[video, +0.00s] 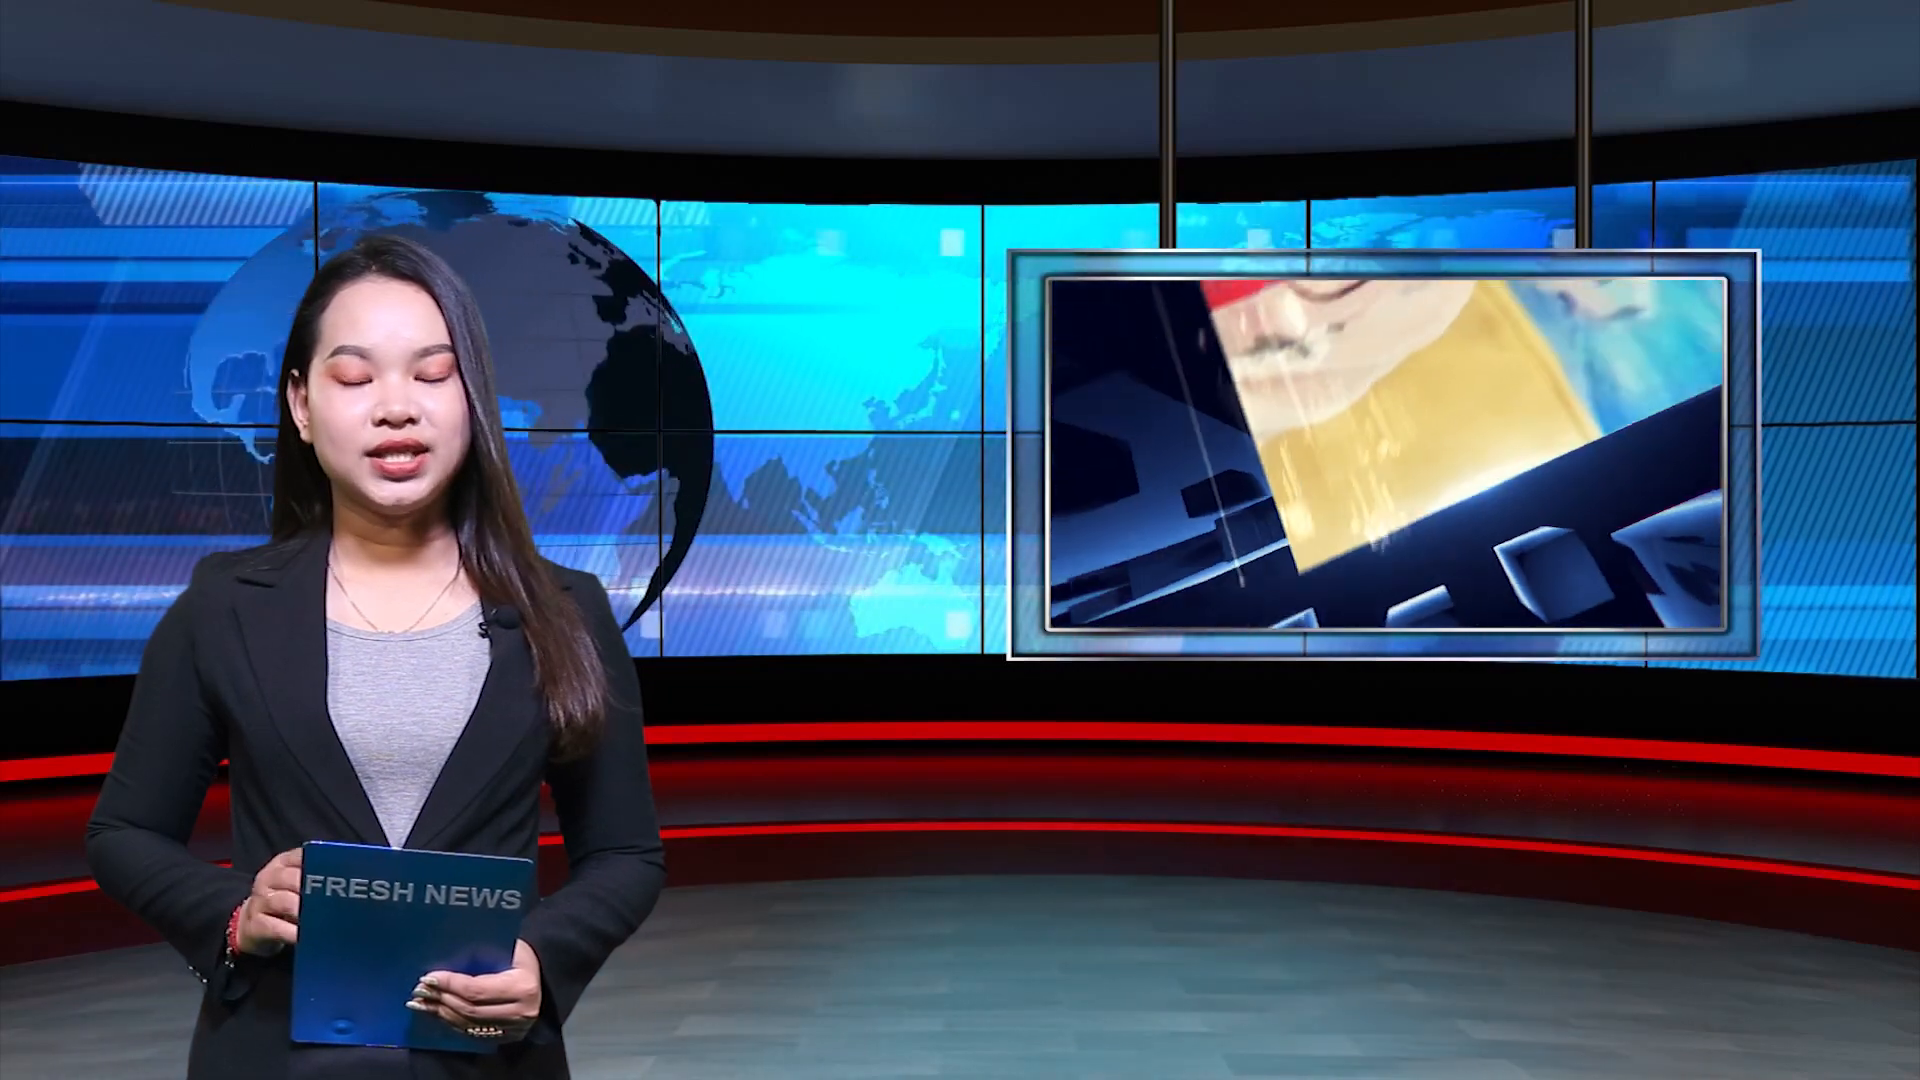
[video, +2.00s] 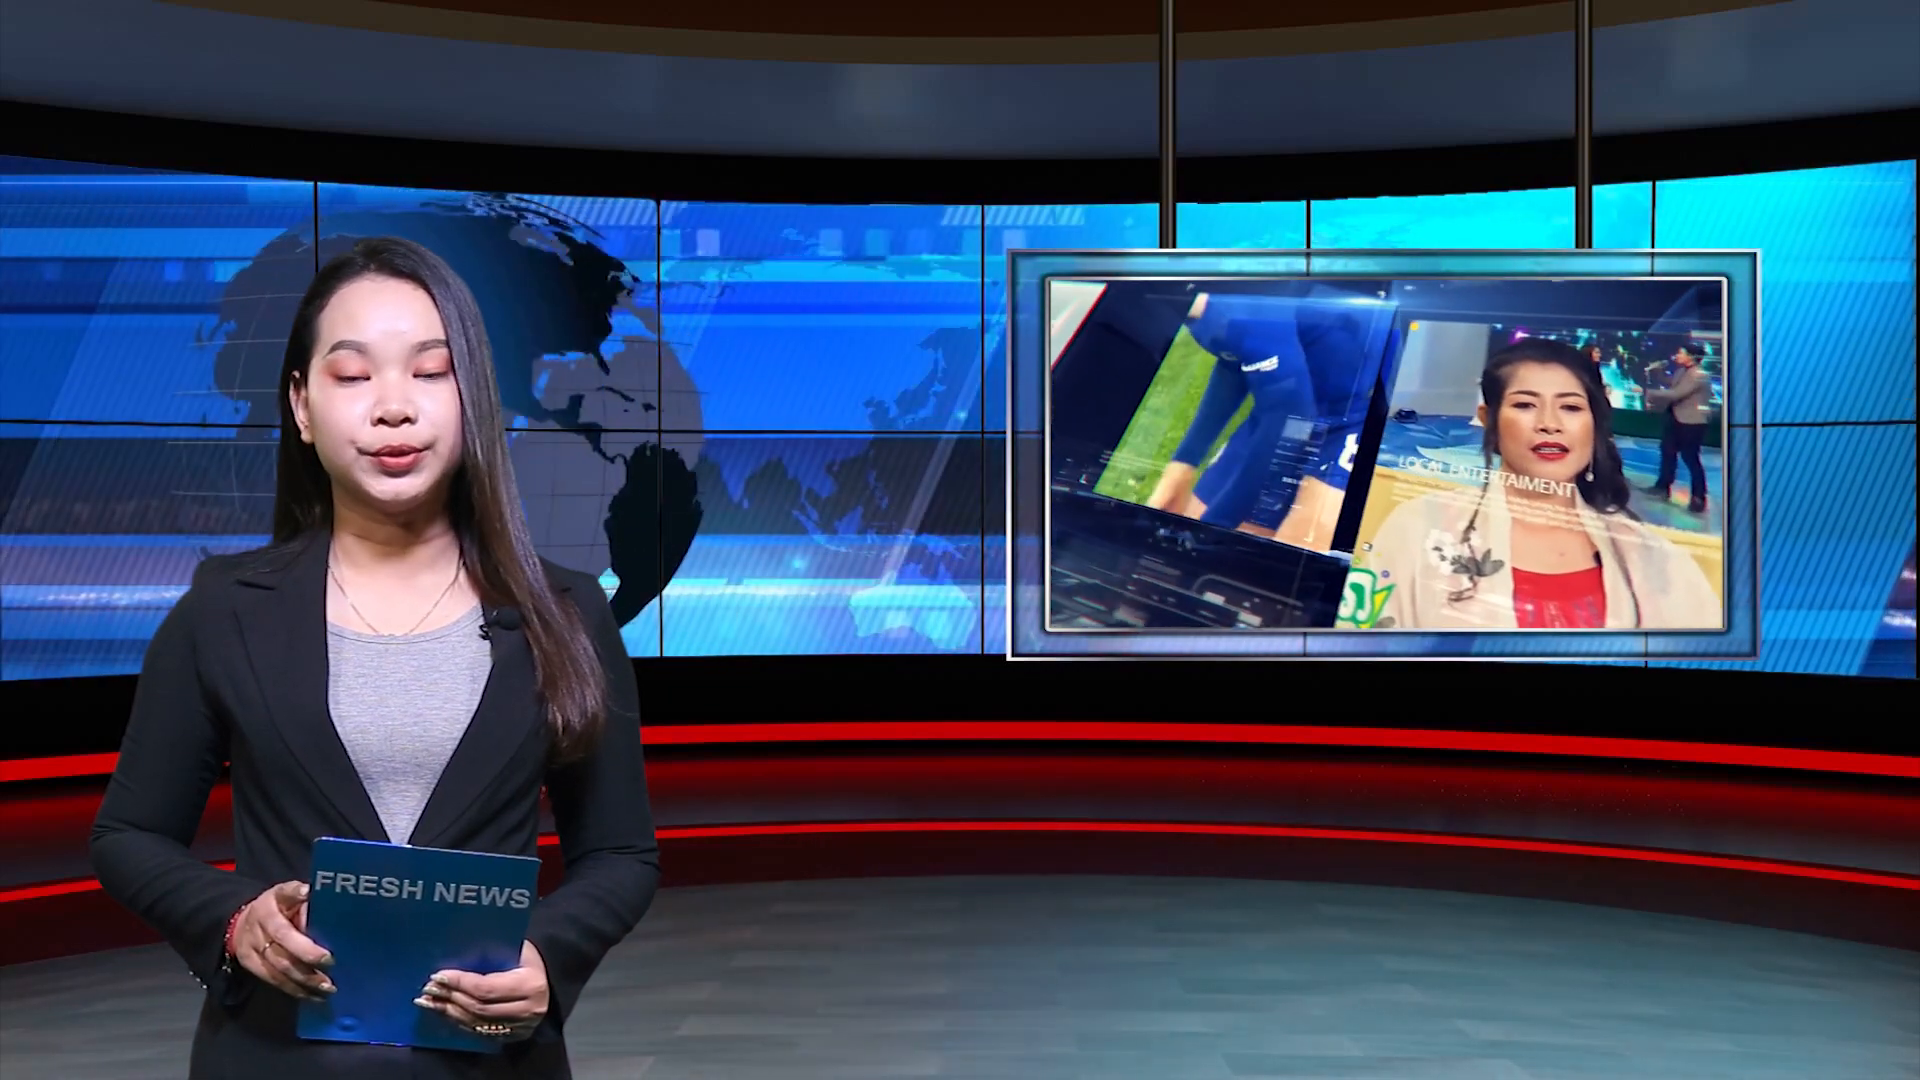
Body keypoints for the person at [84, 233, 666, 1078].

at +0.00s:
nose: (396, 407)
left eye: (430, 371)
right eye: (354, 375)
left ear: (472, 398)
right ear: (301, 406)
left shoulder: (563, 612)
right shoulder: (224, 609)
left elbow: (625, 856)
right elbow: (124, 833)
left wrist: (540, 962)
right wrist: (232, 907)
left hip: (490, 1048)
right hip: (274, 1052)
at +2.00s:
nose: (394, 406)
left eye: (429, 370)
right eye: (352, 373)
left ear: (471, 398)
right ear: (302, 406)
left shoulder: (561, 615)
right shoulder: (227, 610)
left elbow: (619, 855)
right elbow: (129, 836)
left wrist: (545, 961)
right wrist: (230, 918)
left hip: (491, 1052)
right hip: (276, 1054)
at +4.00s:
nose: (402, 416)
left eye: (436, 379)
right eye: (359, 380)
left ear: (475, 404)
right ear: (307, 409)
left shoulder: (562, 616)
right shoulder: (230, 613)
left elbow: (620, 857)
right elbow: (131, 839)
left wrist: (549, 960)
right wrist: (235, 915)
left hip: (493, 1051)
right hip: (280, 1054)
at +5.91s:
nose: (399, 412)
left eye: (434, 376)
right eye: (359, 378)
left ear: (479, 403)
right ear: (311, 411)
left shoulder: (567, 619)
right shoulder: (235, 612)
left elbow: (622, 856)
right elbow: (133, 838)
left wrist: (556, 958)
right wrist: (241, 916)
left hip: (498, 1053)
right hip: (284, 1053)